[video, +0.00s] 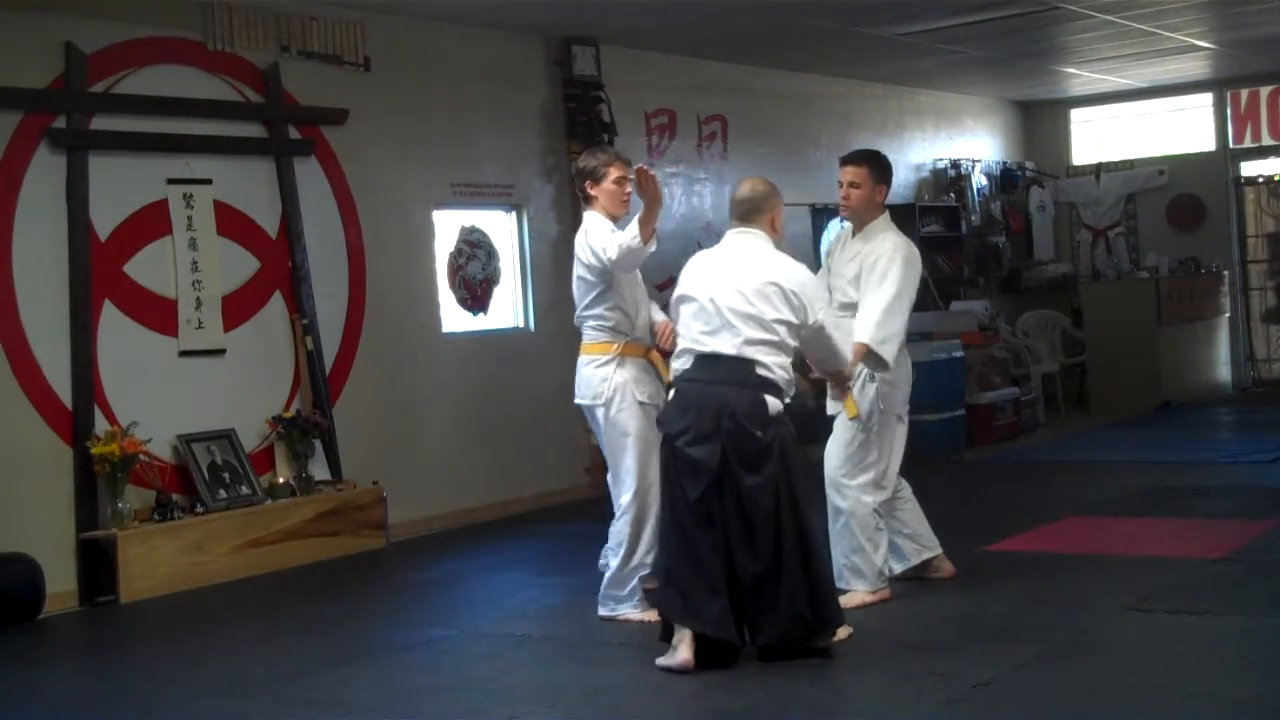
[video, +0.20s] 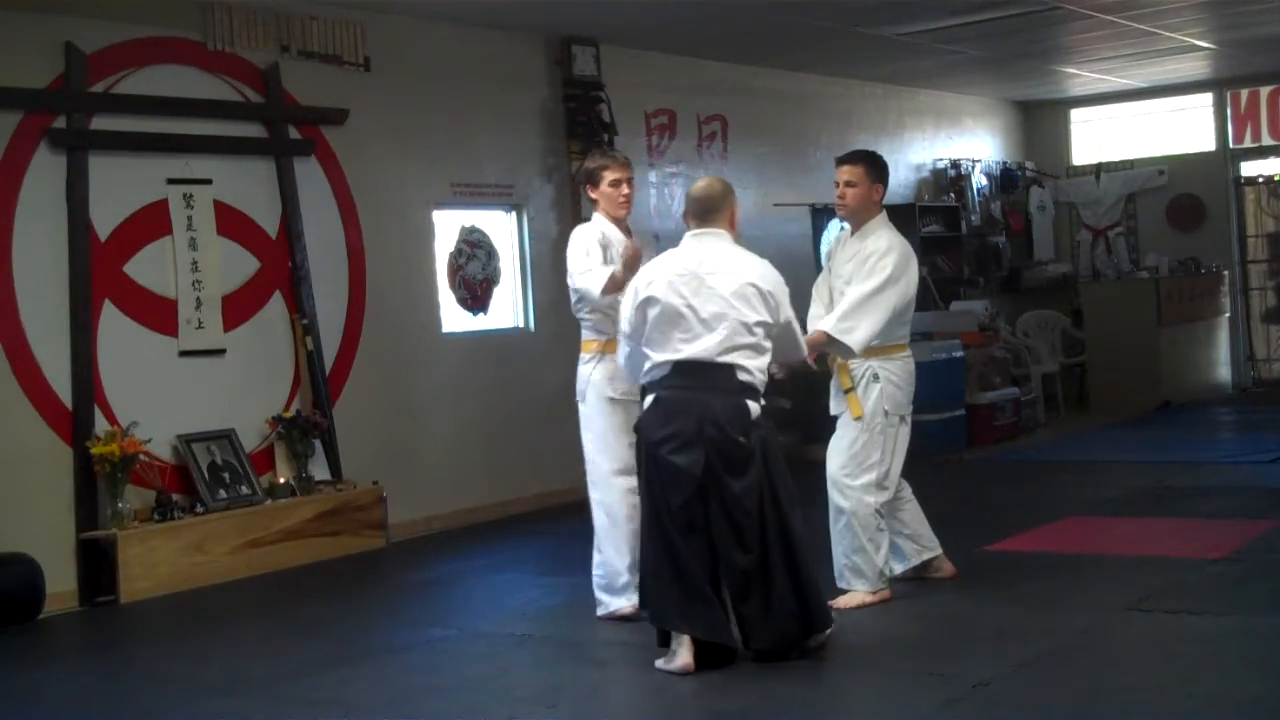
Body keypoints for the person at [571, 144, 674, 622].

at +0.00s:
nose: (628, 189)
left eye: (629, 180)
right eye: (619, 181)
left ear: (622, 189)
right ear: (591, 189)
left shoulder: (613, 232)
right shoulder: (593, 228)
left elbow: (636, 303)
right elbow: (620, 255)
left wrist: (659, 320)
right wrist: (651, 210)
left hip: (633, 367)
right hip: (613, 371)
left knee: (645, 483)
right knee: (636, 486)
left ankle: (632, 576)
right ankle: (618, 597)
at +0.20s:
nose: (626, 191)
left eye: (628, 183)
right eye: (616, 185)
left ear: (630, 188)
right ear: (592, 192)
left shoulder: (628, 239)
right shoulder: (586, 236)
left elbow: (640, 298)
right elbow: (595, 290)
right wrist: (627, 269)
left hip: (635, 364)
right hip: (603, 367)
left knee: (634, 478)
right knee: (614, 482)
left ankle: (632, 588)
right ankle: (615, 593)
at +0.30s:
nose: (624, 191)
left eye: (629, 182)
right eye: (614, 185)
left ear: (636, 187)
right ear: (594, 194)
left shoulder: (649, 241)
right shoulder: (585, 241)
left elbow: (660, 294)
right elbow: (576, 302)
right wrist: (611, 333)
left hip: (649, 361)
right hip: (604, 366)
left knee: (651, 469)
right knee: (605, 473)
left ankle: (656, 579)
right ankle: (605, 582)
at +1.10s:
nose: (605, 193)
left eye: (615, 186)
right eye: (599, 185)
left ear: (632, 192)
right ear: (591, 191)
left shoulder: (637, 240)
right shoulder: (603, 238)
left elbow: (630, 320)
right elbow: (603, 314)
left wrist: (610, 382)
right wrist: (596, 375)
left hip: (633, 369)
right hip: (609, 363)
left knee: (629, 468)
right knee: (623, 466)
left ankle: (638, 558)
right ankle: (632, 554)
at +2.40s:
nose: (637, 202)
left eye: (641, 194)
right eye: (628, 194)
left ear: (646, 199)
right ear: (607, 201)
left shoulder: (671, 246)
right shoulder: (590, 259)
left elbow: (689, 313)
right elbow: (596, 319)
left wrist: (669, 367)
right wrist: (589, 356)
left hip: (663, 362)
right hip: (611, 365)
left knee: (654, 453)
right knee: (601, 463)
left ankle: (680, 543)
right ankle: (602, 557)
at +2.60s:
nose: (681, 206)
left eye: (685, 199)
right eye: (673, 199)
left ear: (689, 203)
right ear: (651, 203)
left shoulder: (712, 249)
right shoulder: (630, 260)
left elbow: (726, 309)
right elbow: (628, 325)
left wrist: (726, 367)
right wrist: (629, 374)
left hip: (697, 365)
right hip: (647, 365)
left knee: (690, 460)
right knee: (620, 451)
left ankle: (688, 548)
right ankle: (625, 542)